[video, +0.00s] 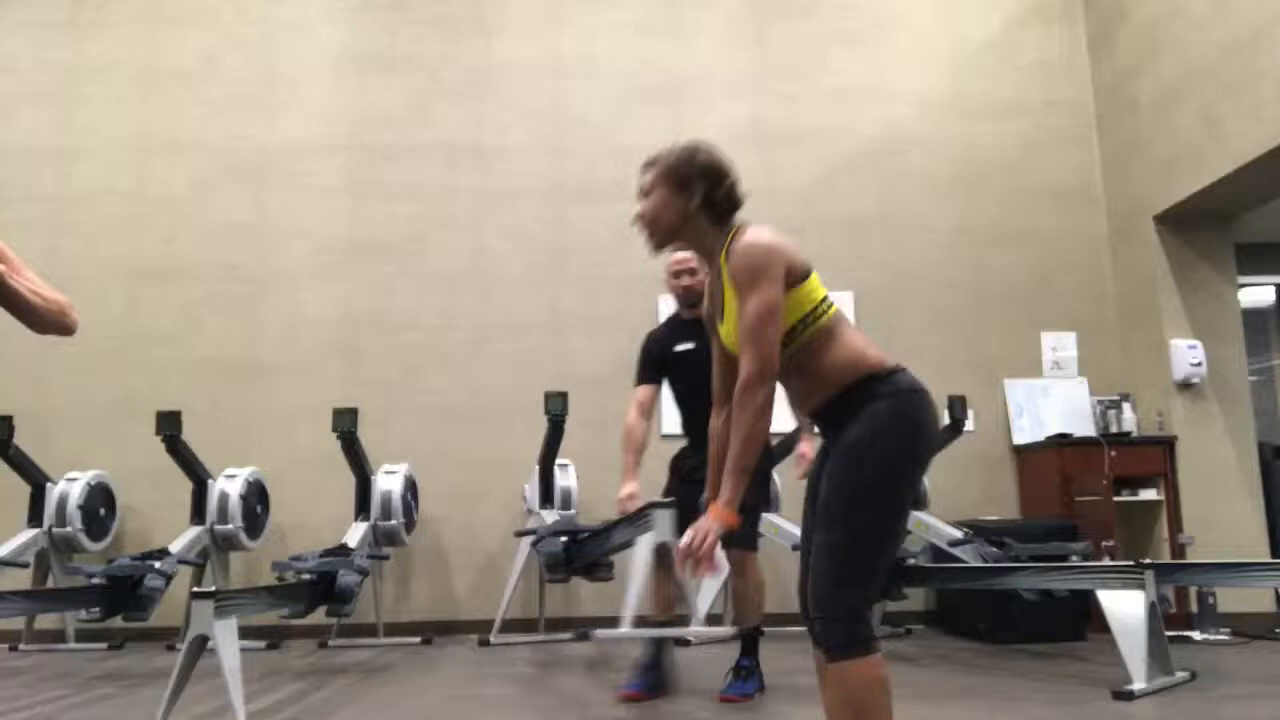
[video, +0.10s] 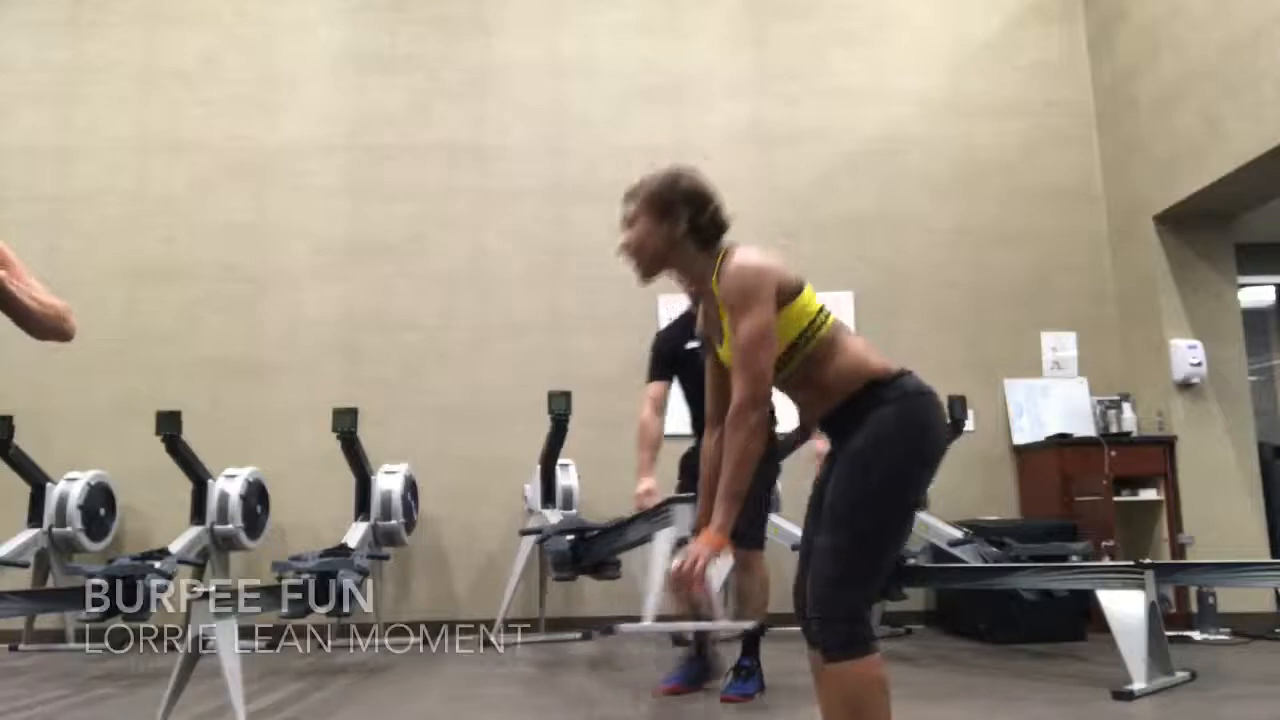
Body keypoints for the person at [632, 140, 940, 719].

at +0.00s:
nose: (638, 210)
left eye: (649, 193)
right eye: (640, 194)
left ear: (691, 198)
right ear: (689, 203)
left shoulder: (754, 250)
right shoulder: (719, 285)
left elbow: (759, 385)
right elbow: (722, 402)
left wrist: (729, 504)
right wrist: (712, 508)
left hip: (884, 415)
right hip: (848, 427)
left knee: (840, 609)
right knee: (821, 606)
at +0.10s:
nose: (621, 241)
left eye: (632, 224)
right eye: (623, 225)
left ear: (675, 226)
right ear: (669, 230)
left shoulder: (743, 274)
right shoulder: (710, 306)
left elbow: (753, 413)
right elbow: (715, 424)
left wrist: (718, 530)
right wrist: (702, 534)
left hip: (895, 419)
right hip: (856, 431)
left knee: (837, 605)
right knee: (815, 603)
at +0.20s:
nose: (608, 304)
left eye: (615, 288)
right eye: (607, 290)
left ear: (653, 281)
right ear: (650, 285)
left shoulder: (729, 319)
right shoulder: (702, 353)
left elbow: (739, 457)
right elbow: (706, 469)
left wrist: (707, 585)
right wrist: (689, 577)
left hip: (909, 429)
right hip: (872, 440)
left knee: (830, 612)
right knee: (809, 607)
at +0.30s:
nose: (598, 364)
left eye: (601, 345)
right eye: (594, 349)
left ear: (644, 330)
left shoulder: (724, 358)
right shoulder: (696, 399)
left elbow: (735, 516)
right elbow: (701, 516)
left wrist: (707, 635)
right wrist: (683, 627)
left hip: (921, 437)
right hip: (879, 452)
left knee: (822, 613)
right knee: (804, 606)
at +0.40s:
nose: (596, 390)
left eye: (598, 373)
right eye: (590, 377)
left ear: (640, 355)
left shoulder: (716, 381)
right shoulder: (694, 417)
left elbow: (739, 527)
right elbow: (700, 533)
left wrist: (719, 654)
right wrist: (688, 649)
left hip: (923, 441)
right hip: (880, 458)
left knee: (823, 618)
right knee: (798, 611)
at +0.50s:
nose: (594, 404)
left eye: (593, 387)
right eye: (587, 392)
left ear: (634, 367)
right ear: (630, 372)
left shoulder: (713, 389)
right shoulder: (691, 426)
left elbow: (741, 539)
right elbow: (703, 543)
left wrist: (723, 671)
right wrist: (698, 659)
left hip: (922, 442)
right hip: (876, 462)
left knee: (825, 624)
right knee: (804, 624)